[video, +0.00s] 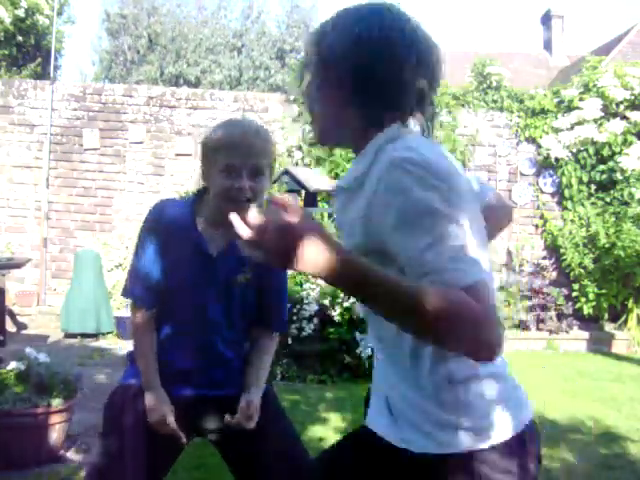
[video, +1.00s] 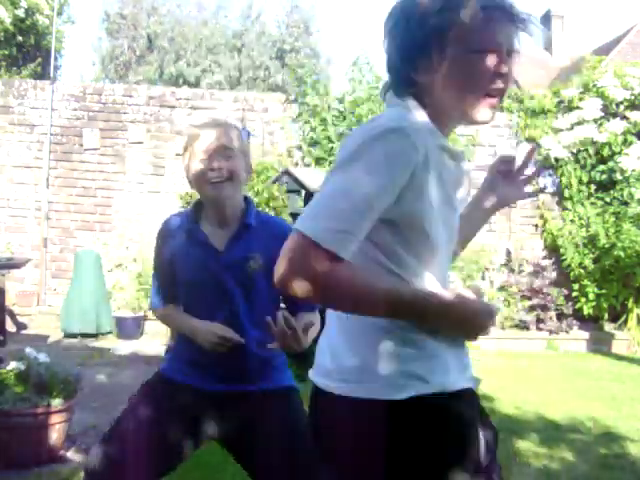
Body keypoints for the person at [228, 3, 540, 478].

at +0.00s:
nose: (306, 93)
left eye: (316, 77)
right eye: (310, 77)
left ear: (352, 81)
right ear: (399, 85)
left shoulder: (404, 170)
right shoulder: (408, 157)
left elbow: (480, 334)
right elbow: (497, 212)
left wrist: (329, 260)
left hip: (466, 451)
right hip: (402, 431)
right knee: (303, 475)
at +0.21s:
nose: (324, 35)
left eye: (329, 19)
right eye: (328, 19)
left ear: (347, 20)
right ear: (411, 22)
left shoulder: (381, 72)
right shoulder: (459, 80)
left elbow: (421, 245)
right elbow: (559, 138)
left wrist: (299, 137)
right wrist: (481, 195)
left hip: (427, 373)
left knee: (324, 474)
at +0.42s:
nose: (346, 102)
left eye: (347, 87)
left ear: (360, 86)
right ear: (447, 87)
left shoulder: (371, 163)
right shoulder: (499, 166)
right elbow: (548, 290)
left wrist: (269, 204)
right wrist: (457, 329)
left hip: (399, 433)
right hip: (482, 427)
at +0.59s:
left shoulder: (328, 26)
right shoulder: (484, 24)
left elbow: (292, 180)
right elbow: (599, 88)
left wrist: (288, 81)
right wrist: (500, 162)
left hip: (365, 304)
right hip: (470, 303)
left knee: (361, 462)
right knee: (444, 460)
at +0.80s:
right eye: (467, 17)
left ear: (373, 15)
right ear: (460, 16)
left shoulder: (325, 85)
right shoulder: (478, 64)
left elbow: (307, 218)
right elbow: (519, 153)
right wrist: (497, 237)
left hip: (336, 345)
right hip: (446, 350)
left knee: (333, 471)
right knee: (449, 470)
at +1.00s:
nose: (505, 71)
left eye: (508, 56)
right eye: (488, 52)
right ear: (427, 60)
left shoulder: (437, 152)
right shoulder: (396, 137)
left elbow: (428, 261)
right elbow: (297, 270)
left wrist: (485, 202)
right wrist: (429, 308)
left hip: (427, 399)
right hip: (381, 406)